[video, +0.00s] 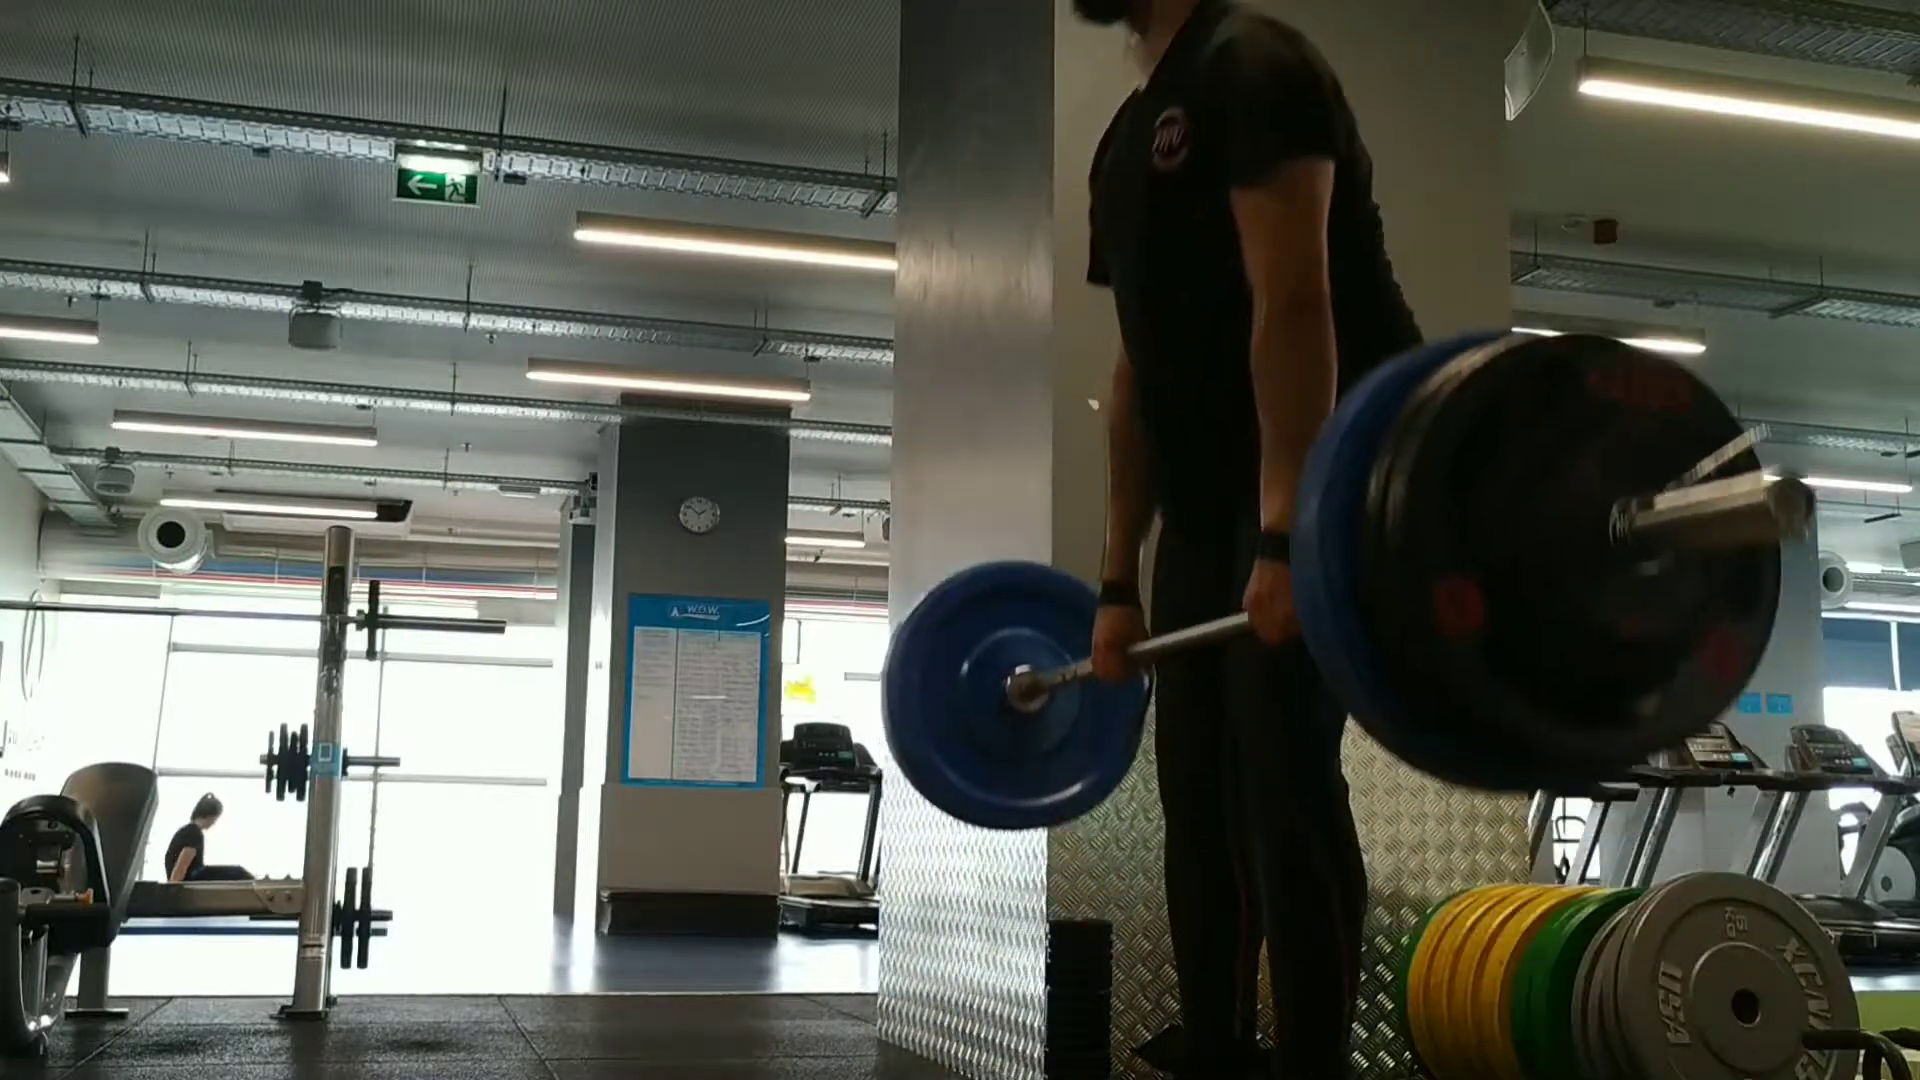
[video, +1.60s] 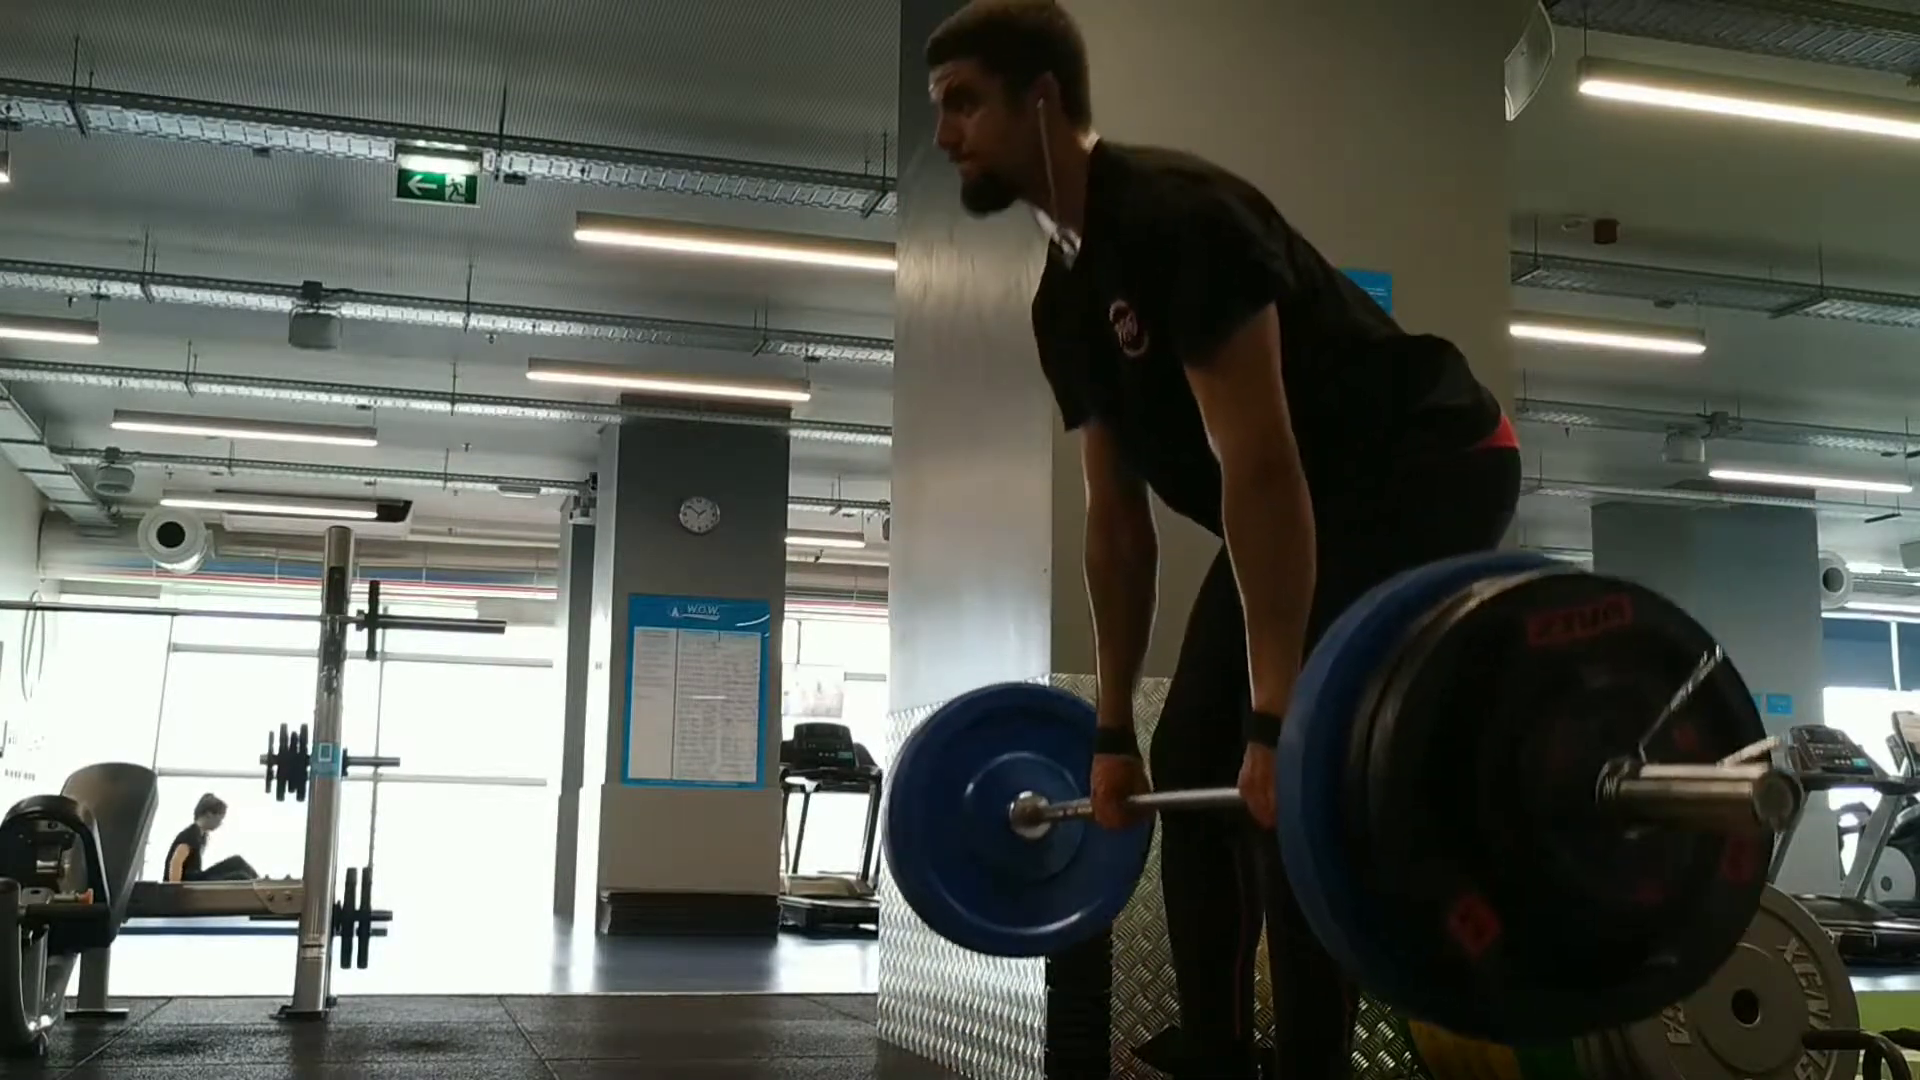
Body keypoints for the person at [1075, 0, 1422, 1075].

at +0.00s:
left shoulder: (1257, 63)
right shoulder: (1123, 139)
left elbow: (1296, 305)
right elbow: (1138, 369)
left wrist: (1284, 538)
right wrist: (1120, 579)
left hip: (1300, 505)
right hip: (1199, 514)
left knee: (1285, 788)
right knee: (1195, 785)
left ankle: (1313, 1057)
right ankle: (1213, 1050)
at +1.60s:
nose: (945, 134)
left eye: (963, 105)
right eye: (938, 111)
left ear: (1044, 100)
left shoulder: (1177, 217)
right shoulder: (1061, 300)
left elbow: (1267, 476)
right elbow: (1117, 518)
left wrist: (1273, 722)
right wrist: (1114, 728)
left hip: (1420, 479)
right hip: (1284, 503)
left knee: (1303, 764)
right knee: (1192, 754)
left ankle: (1311, 1052)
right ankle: (1212, 1038)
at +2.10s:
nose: (904, 310)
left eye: (923, 275)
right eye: (900, 283)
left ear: (1004, 264)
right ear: (998, 274)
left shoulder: (1152, 350)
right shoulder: (1050, 442)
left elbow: (1261, 623)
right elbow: (1111, 642)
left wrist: (1279, 887)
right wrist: (1115, 861)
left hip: (1461, 490)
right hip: (1326, 533)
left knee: (1285, 747)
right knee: (1174, 761)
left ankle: (1317, 1037)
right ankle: (1209, 1041)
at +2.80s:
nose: (949, 133)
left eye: (967, 103)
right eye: (945, 109)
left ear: (1052, 100)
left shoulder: (1184, 215)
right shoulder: (1065, 303)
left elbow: (1270, 480)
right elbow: (1116, 521)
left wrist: (1278, 723)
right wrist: (1117, 730)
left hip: (1427, 470)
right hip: (1290, 498)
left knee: (1330, 756)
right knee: (1212, 750)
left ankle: (1318, 1052)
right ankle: (1216, 1043)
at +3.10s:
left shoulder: (1248, 69)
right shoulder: (1129, 136)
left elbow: (1283, 317)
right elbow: (1126, 376)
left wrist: (1272, 544)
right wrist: (1110, 579)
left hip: (1327, 483)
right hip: (1220, 490)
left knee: (1294, 776)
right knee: (1200, 769)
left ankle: (1314, 1060)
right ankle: (1215, 1050)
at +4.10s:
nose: (972, 120)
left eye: (989, 90)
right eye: (966, 97)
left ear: (1067, 84)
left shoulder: (1201, 204)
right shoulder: (1078, 285)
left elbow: (1277, 456)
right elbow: (1123, 497)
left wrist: (1285, 705)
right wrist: (1116, 714)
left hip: (1423, 488)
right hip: (1285, 516)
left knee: (1314, 766)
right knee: (1199, 756)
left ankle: (1316, 1059)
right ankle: (1213, 1049)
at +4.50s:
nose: (922, 288)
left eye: (938, 255)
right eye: (918, 263)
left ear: (1020, 242)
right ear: (1012, 252)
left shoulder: (1172, 341)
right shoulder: (1061, 424)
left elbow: (1270, 605)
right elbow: (1114, 631)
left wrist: (1287, 868)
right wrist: (1116, 843)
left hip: (1458, 491)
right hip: (1318, 530)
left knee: (1295, 754)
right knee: (1179, 758)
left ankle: (1312, 1047)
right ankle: (1210, 1037)